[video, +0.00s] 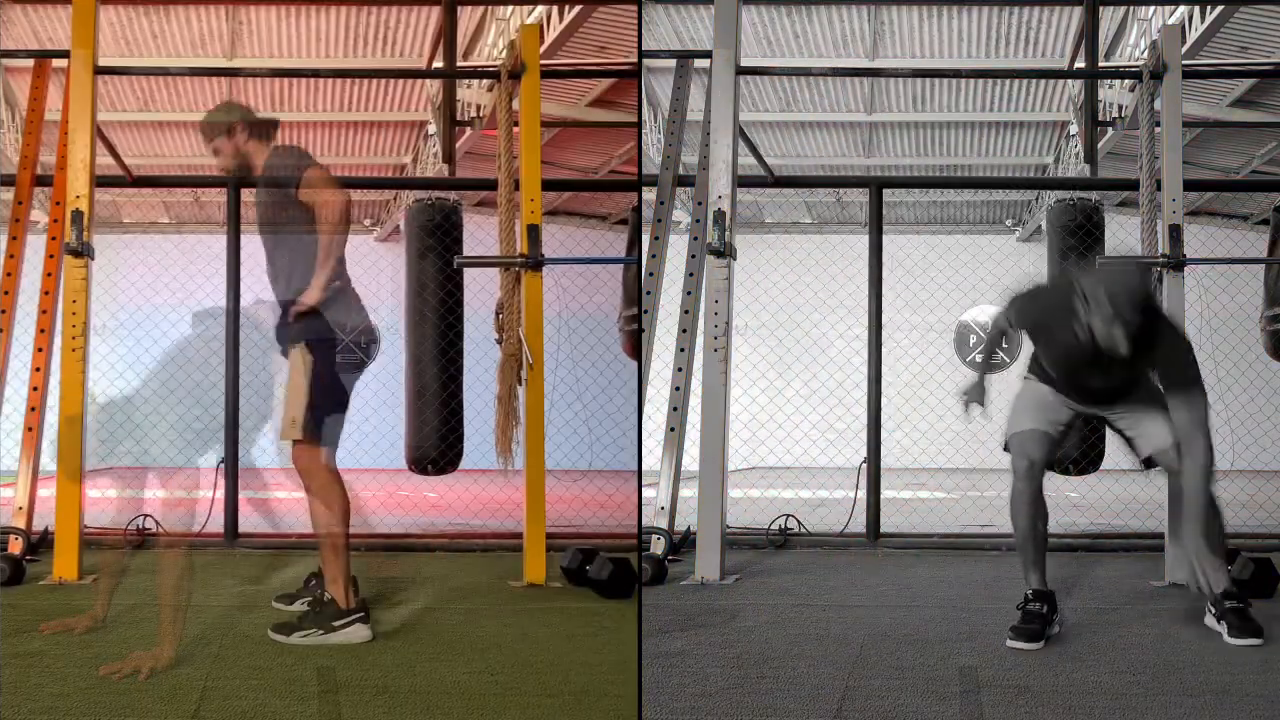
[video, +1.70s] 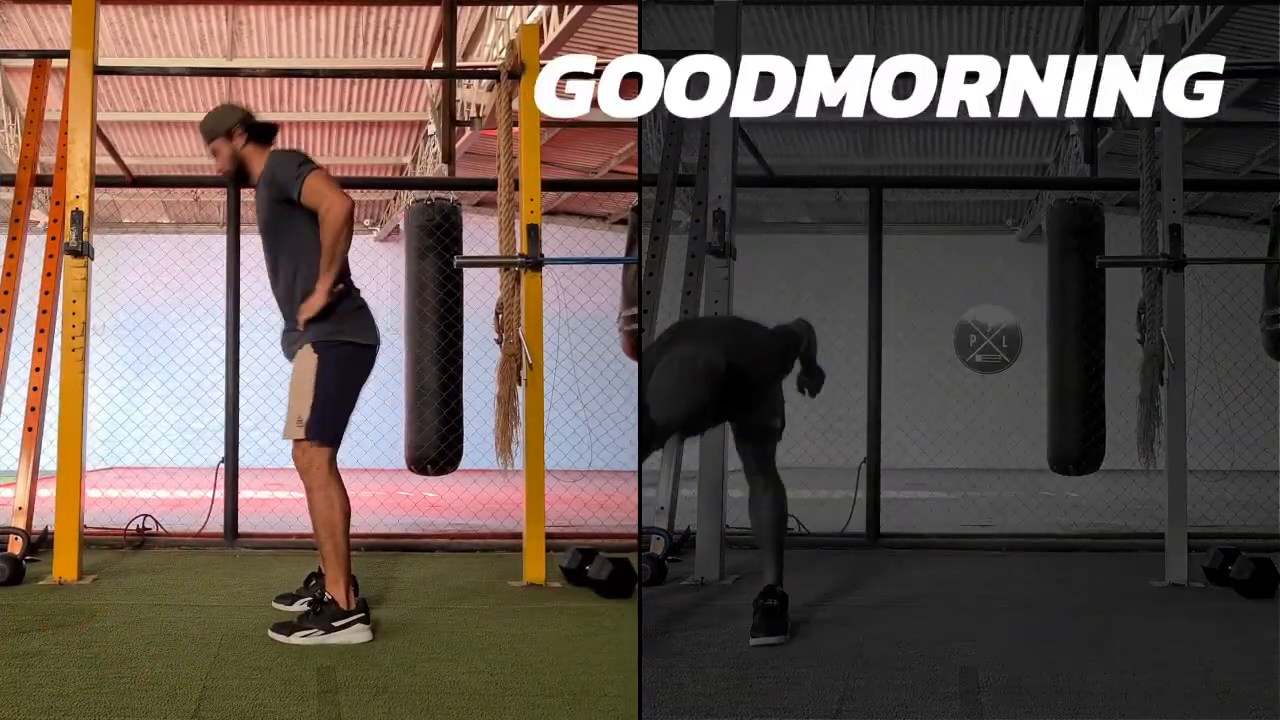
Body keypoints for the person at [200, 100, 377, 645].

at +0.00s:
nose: (216, 159)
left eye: (216, 148)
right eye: (212, 150)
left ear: (239, 134)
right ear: (240, 134)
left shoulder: (284, 160)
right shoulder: (274, 172)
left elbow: (334, 202)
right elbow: (328, 213)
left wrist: (317, 284)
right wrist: (299, 300)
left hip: (325, 332)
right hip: (314, 330)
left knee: (308, 454)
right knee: (310, 456)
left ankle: (342, 605)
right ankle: (333, 580)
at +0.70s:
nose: (193, 227)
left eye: (188, 215)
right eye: (185, 220)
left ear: (206, 191)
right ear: (207, 192)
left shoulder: (253, 206)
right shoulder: (250, 216)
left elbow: (323, 220)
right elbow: (320, 225)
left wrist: (344, 298)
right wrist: (330, 310)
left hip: (356, 339)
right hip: (349, 340)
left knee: (316, 458)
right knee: (317, 458)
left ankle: (342, 606)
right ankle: (337, 580)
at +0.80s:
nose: (183, 282)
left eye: (178, 272)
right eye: (177, 277)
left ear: (190, 249)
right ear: (192, 249)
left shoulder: (243, 248)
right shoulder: (241, 255)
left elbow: (319, 249)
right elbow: (315, 248)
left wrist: (358, 317)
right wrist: (345, 322)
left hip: (373, 347)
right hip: (366, 347)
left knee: (315, 458)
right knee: (320, 459)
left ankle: (342, 603)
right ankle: (335, 580)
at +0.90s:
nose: (185, 335)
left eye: (177, 326)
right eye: (175, 331)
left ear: (186, 300)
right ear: (188, 299)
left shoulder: (237, 288)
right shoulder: (235, 303)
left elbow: (316, 274)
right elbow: (313, 277)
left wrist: (367, 326)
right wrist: (344, 346)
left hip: (384, 353)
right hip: (376, 354)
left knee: (318, 457)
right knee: (319, 458)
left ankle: (342, 603)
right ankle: (337, 583)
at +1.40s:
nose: (175, 300)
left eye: (170, 289)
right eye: (169, 293)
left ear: (182, 272)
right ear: (184, 270)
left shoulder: (234, 268)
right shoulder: (235, 280)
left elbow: (317, 256)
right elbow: (314, 258)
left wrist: (360, 319)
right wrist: (344, 333)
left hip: (375, 345)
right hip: (367, 346)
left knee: (315, 457)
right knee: (317, 457)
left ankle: (342, 603)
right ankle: (336, 582)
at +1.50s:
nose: (177, 238)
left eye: (175, 227)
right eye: (172, 229)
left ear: (196, 211)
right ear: (196, 213)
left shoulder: (248, 222)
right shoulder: (242, 236)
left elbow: (326, 231)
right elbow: (321, 236)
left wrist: (349, 307)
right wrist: (336, 316)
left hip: (361, 342)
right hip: (353, 342)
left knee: (313, 457)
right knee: (316, 457)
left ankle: (341, 605)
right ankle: (336, 579)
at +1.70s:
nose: (212, 161)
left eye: (213, 149)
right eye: (209, 152)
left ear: (237, 137)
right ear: (237, 137)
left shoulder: (282, 165)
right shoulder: (273, 178)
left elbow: (337, 206)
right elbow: (334, 212)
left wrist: (323, 287)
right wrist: (314, 293)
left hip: (333, 337)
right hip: (326, 337)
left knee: (313, 458)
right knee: (313, 458)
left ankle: (342, 604)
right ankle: (334, 579)